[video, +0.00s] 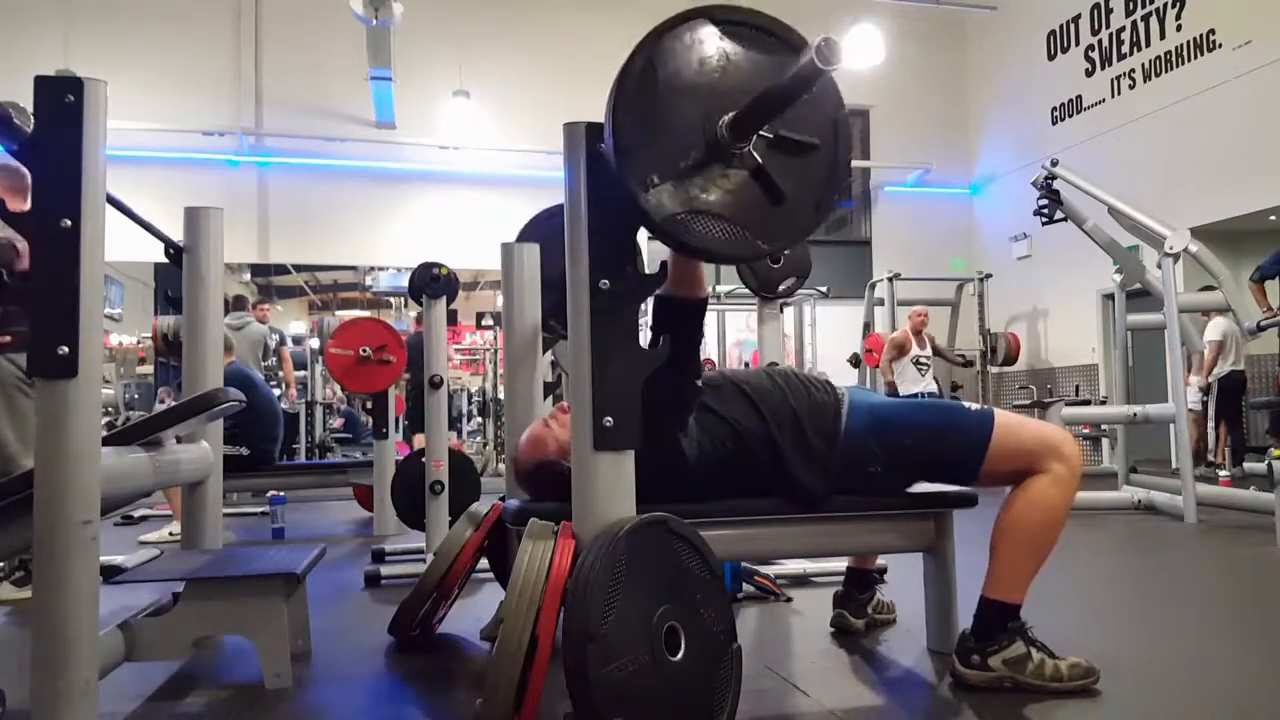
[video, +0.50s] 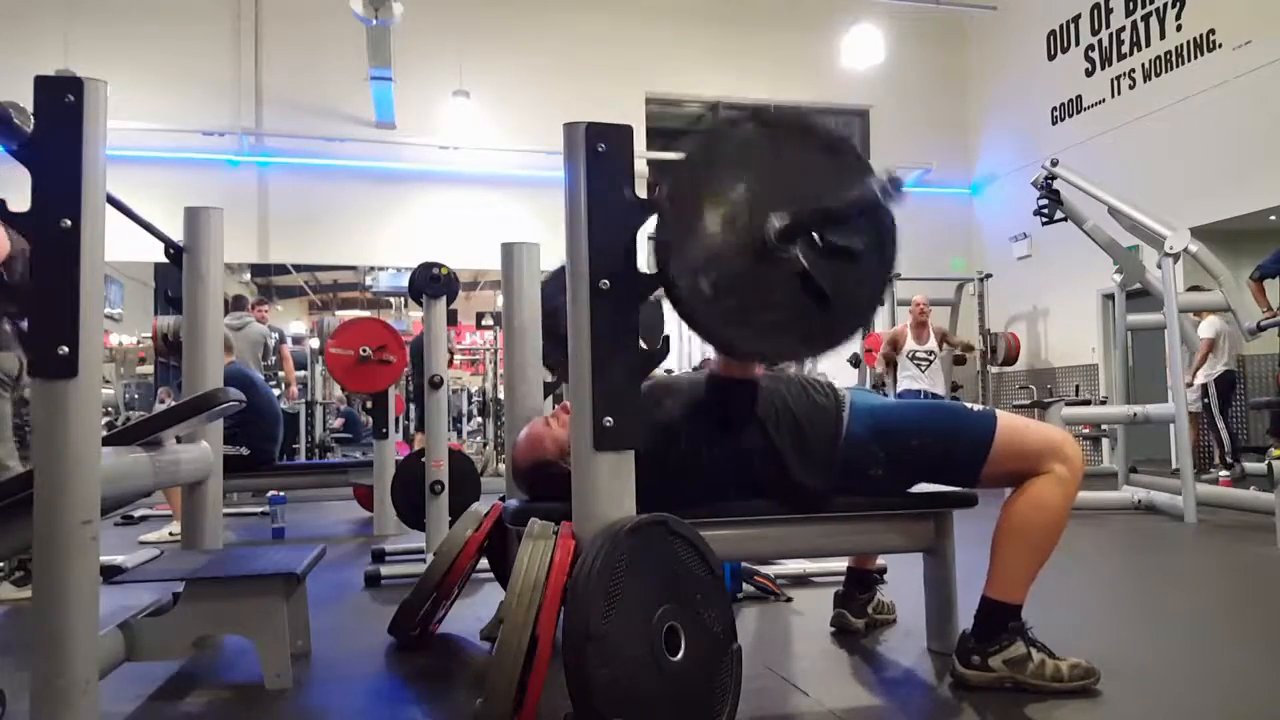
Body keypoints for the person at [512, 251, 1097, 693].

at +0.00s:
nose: (555, 412)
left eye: (545, 416)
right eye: (548, 427)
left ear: (565, 425)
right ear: (569, 460)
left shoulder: (619, 445)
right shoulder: (640, 456)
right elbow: (677, 334)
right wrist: (689, 215)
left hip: (818, 433)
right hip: (847, 433)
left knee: (911, 448)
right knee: (1057, 453)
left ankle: (857, 594)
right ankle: (992, 640)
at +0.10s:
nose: (557, 411)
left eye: (547, 415)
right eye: (550, 426)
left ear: (568, 426)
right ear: (570, 460)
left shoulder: (622, 447)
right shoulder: (640, 453)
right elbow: (681, 320)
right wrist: (694, 204)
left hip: (824, 433)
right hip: (851, 433)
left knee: (911, 450)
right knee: (1060, 455)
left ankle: (857, 595)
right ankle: (992, 640)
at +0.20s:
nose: (555, 411)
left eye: (545, 415)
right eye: (549, 427)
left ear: (565, 426)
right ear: (570, 459)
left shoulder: (620, 435)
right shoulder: (640, 451)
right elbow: (684, 331)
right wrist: (700, 210)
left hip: (824, 426)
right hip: (850, 435)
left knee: (917, 442)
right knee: (1061, 456)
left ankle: (857, 594)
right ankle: (992, 640)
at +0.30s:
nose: (560, 409)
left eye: (549, 413)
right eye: (553, 423)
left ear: (564, 463)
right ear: (569, 459)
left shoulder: (616, 444)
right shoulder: (641, 459)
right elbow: (695, 340)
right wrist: (705, 222)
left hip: (815, 433)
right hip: (848, 434)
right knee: (1061, 455)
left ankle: (860, 591)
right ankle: (993, 639)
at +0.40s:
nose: (553, 411)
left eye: (543, 415)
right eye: (548, 420)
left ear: (557, 463)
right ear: (565, 451)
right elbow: (708, 373)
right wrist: (725, 255)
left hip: (808, 438)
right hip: (844, 430)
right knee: (1060, 454)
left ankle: (859, 594)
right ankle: (991, 643)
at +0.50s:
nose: (552, 410)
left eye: (545, 415)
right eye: (546, 423)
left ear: (560, 451)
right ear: (560, 452)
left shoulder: (606, 438)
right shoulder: (615, 435)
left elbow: (722, 390)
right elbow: (729, 391)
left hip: (812, 435)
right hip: (838, 433)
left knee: (913, 441)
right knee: (1059, 455)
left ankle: (857, 599)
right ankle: (992, 642)